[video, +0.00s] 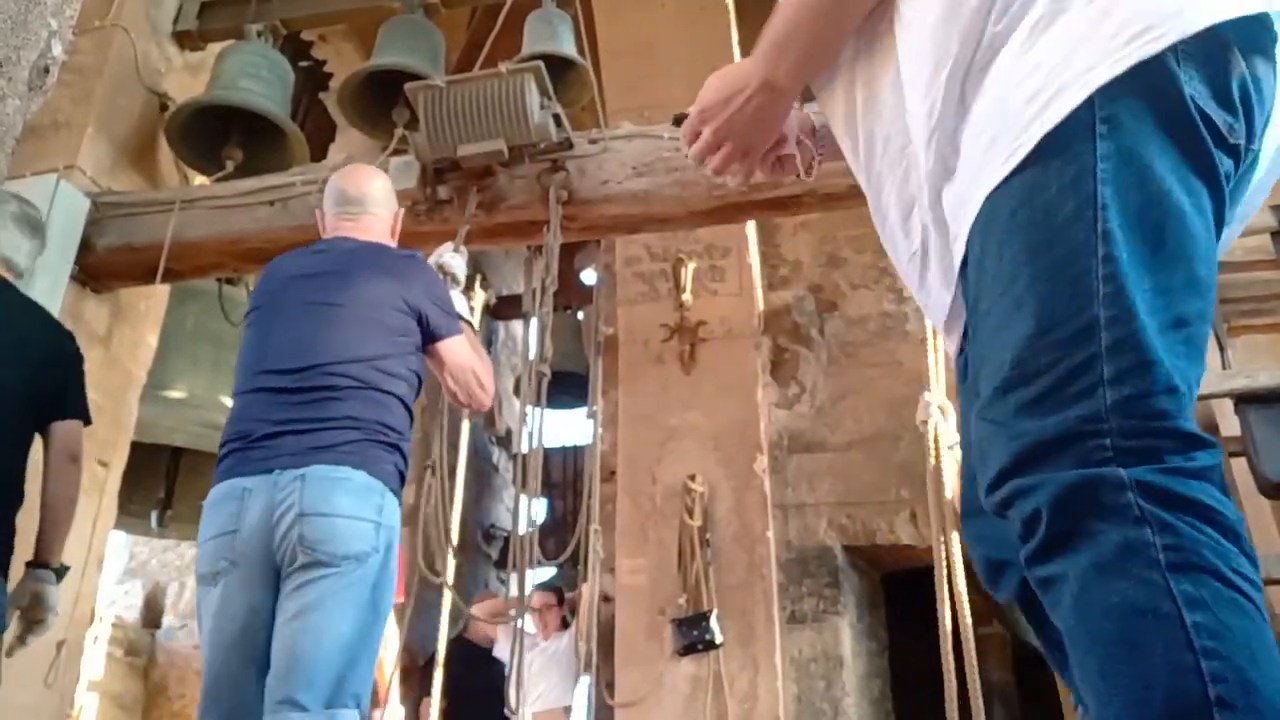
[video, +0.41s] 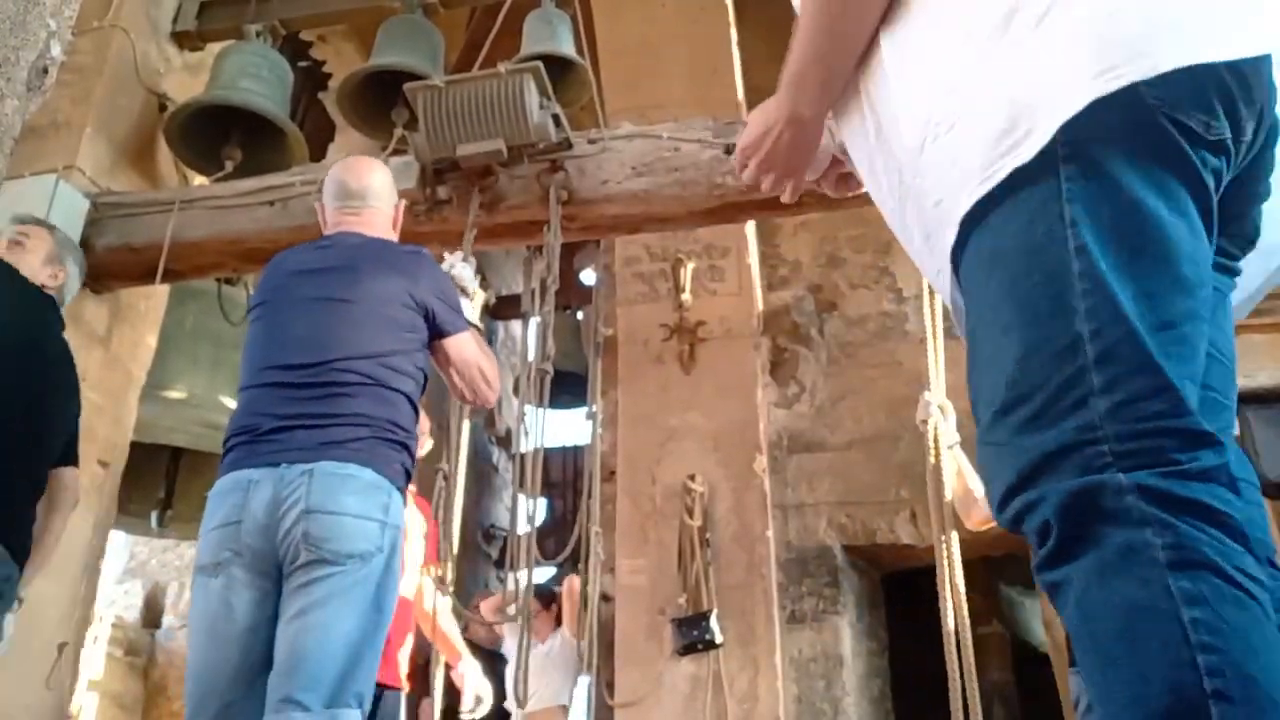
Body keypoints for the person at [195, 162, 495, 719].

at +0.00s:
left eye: (321, 215)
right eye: (400, 217)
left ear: (321, 222)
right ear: (397, 222)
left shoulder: (272, 275)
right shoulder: (411, 274)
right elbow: (478, 393)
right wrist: (439, 322)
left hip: (232, 496)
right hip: (344, 489)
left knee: (226, 708)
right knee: (308, 708)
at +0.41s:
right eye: (402, 210)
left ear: (322, 216)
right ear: (398, 215)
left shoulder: (275, 271)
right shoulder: (415, 270)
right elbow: (483, 390)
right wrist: (442, 326)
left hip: (238, 488)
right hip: (352, 487)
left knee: (216, 708)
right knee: (310, 707)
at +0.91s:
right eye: (392, 209)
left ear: (313, 218)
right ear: (388, 213)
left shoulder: (267, 272)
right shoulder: (409, 270)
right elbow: (477, 391)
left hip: (234, 488)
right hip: (348, 487)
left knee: (215, 709)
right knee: (309, 707)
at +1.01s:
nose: (392, 214)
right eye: (392, 208)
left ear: (312, 217)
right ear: (387, 212)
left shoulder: (266, 271)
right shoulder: (407, 269)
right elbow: (474, 386)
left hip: (232, 489)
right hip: (346, 488)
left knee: (214, 709)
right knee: (308, 708)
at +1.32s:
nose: (390, 215)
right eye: (390, 208)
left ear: (310, 218)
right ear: (385, 211)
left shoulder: (265, 270)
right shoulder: (405, 266)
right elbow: (472, 386)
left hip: (230, 489)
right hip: (345, 485)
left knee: (214, 709)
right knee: (309, 708)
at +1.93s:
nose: (413, 223)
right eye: (413, 217)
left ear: (332, 209)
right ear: (407, 219)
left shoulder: (276, 265)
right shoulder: (417, 264)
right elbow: (480, 386)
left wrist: (430, 369)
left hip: (233, 489)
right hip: (347, 488)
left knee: (217, 709)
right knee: (310, 707)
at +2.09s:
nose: (423, 232)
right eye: (424, 223)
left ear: (347, 207)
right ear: (420, 221)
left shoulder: (281, 265)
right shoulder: (421, 265)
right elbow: (489, 385)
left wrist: (432, 369)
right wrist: (438, 328)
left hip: (235, 489)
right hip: (348, 488)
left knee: (217, 709)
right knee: (309, 706)